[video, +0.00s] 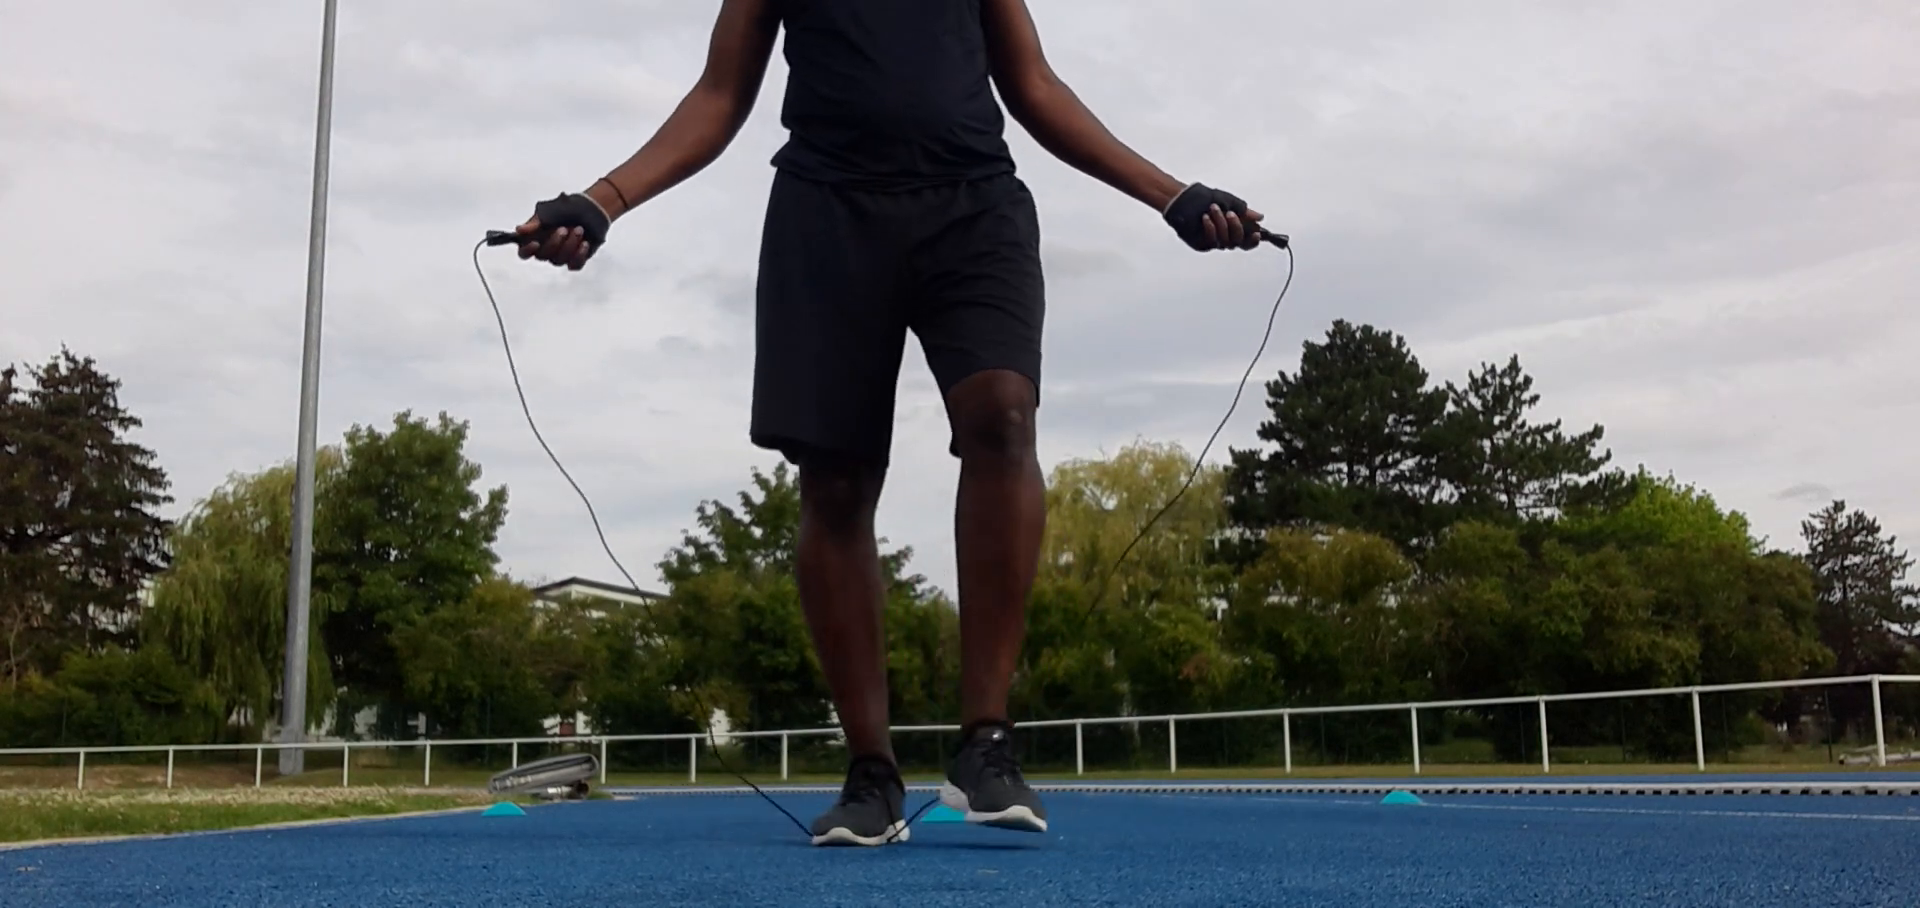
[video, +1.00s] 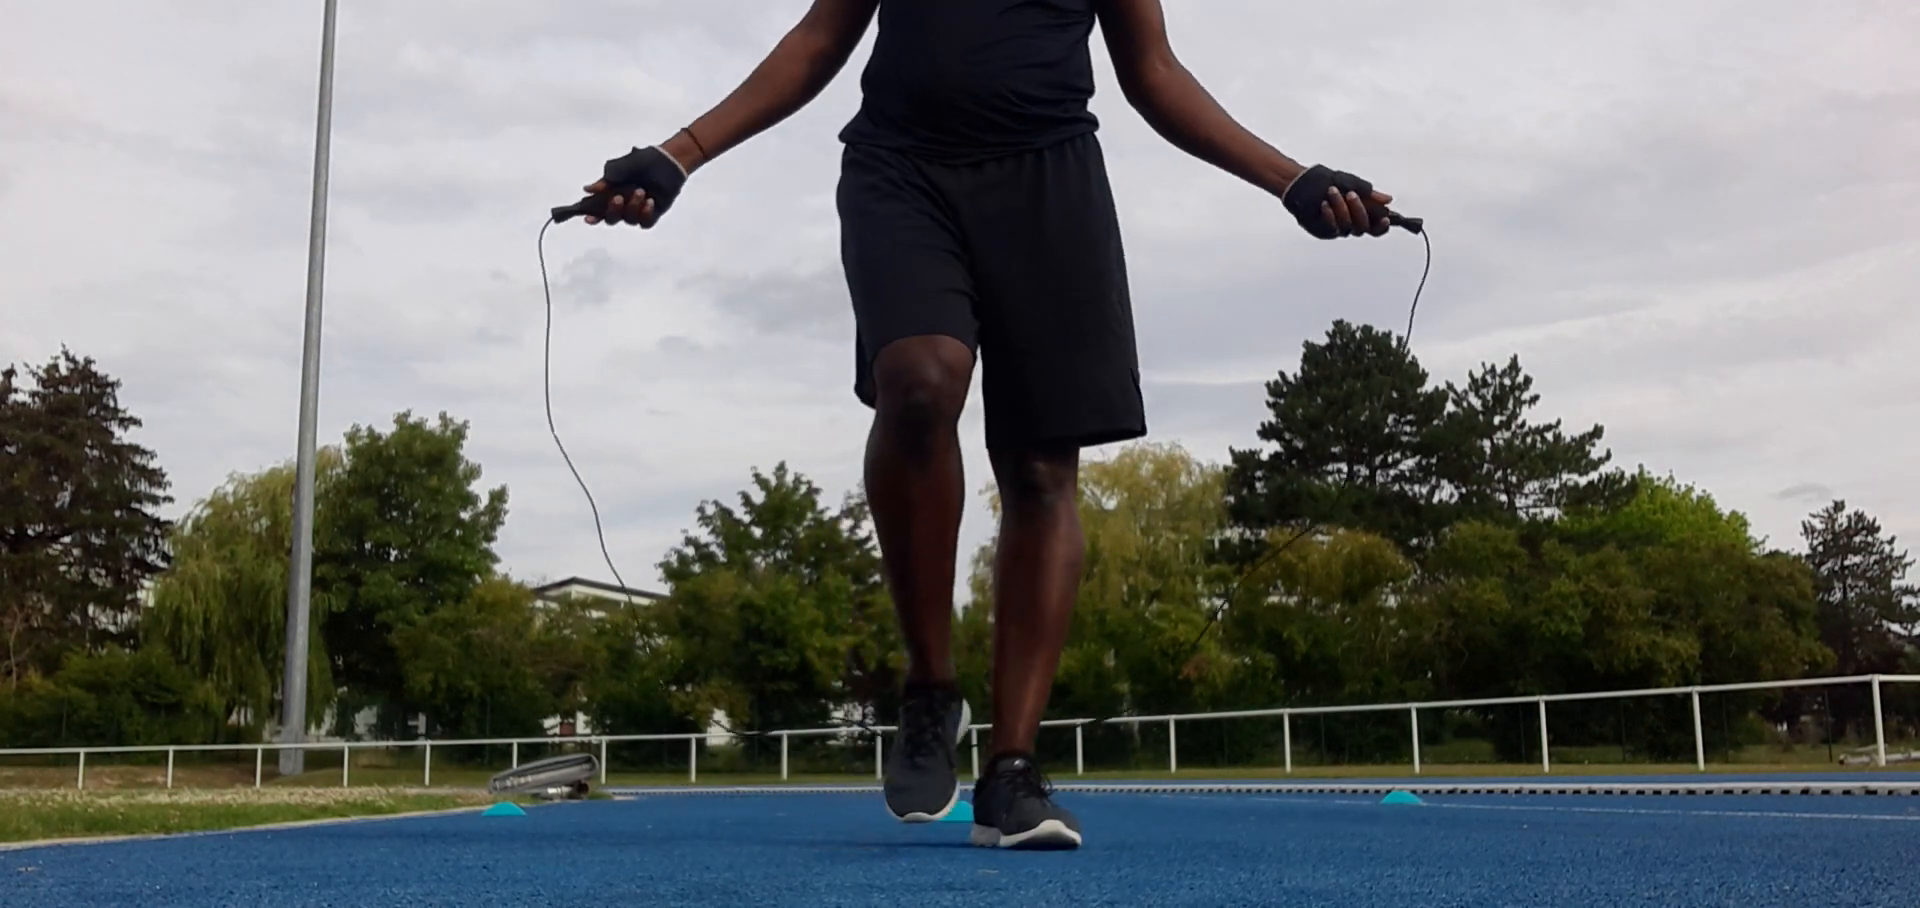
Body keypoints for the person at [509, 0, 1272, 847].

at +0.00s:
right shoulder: (764, 0)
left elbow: (1034, 88)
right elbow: (721, 91)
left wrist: (1175, 195)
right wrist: (601, 200)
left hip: (973, 200)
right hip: (828, 206)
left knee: (1000, 417)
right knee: (836, 486)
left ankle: (986, 744)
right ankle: (870, 775)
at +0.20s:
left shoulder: (1004, 1)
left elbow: (1057, 84)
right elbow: (736, 78)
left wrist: (1206, 178)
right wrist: (604, 177)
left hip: (983, 200)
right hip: (837, 203)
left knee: (998, 457)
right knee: (845, 483)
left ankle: (1006, 775)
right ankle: (872, 775)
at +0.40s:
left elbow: (1089, 77)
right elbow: (757, 52)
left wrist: (1242, 161)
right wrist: (610, 130)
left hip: (1008, 192)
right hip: (860, 193)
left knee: (1015, 469)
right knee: (871, 474)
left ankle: (1010, 773)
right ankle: (874, 776)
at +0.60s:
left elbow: (1123, 81)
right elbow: (782, 41)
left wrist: (1280, 147)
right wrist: (624, 89)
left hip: (1031, 185)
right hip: (882, 187)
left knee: (1032, 470)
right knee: (889, 445)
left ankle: (1010, 770)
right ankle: (879, 743)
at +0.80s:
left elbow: (1146, 73)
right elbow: (800, 35)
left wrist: (1305, 144)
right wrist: (640, 103)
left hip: (1044, 166)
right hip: (896, 164)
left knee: (1040, 466)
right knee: (915, 409)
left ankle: (1011, 767)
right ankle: (898, 703)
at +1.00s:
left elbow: (1152, 68)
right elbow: (820, 39)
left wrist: (1294, 177)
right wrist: (677, 153)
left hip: (1049, 161)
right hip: (902, 160)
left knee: (1043, 461)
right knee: (923, 380)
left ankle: (1013, 768)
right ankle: (930, 691)